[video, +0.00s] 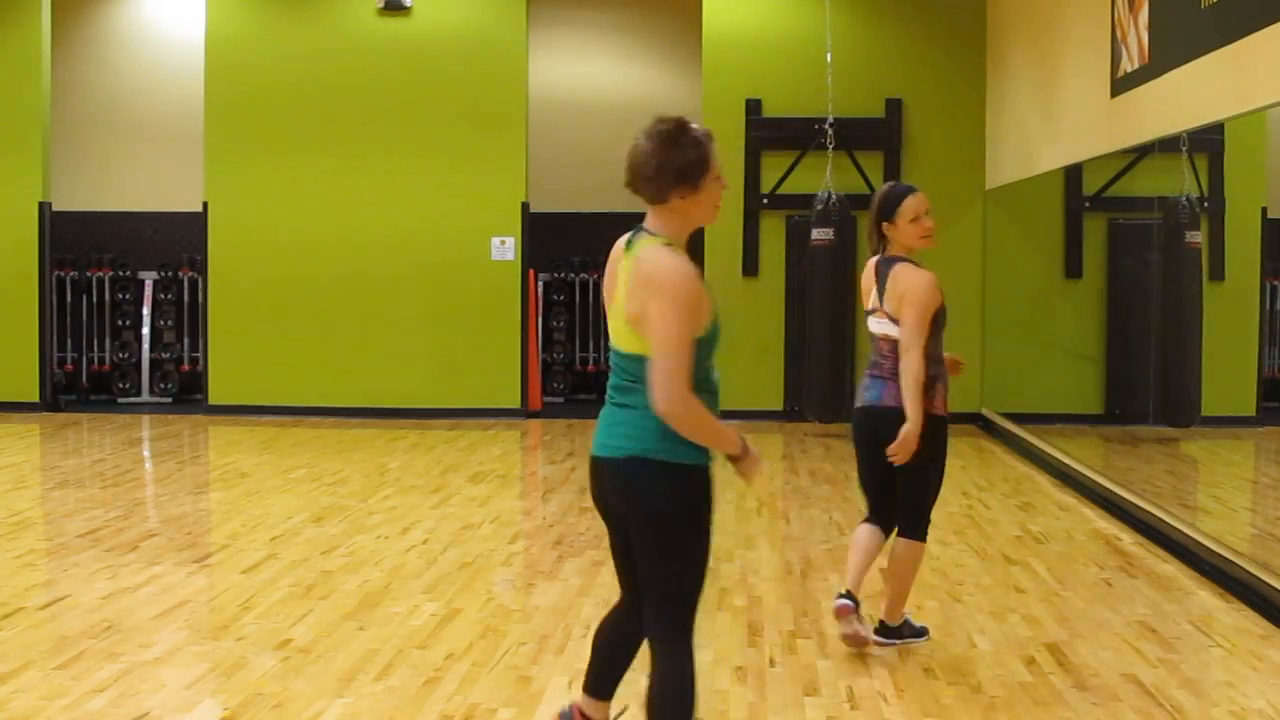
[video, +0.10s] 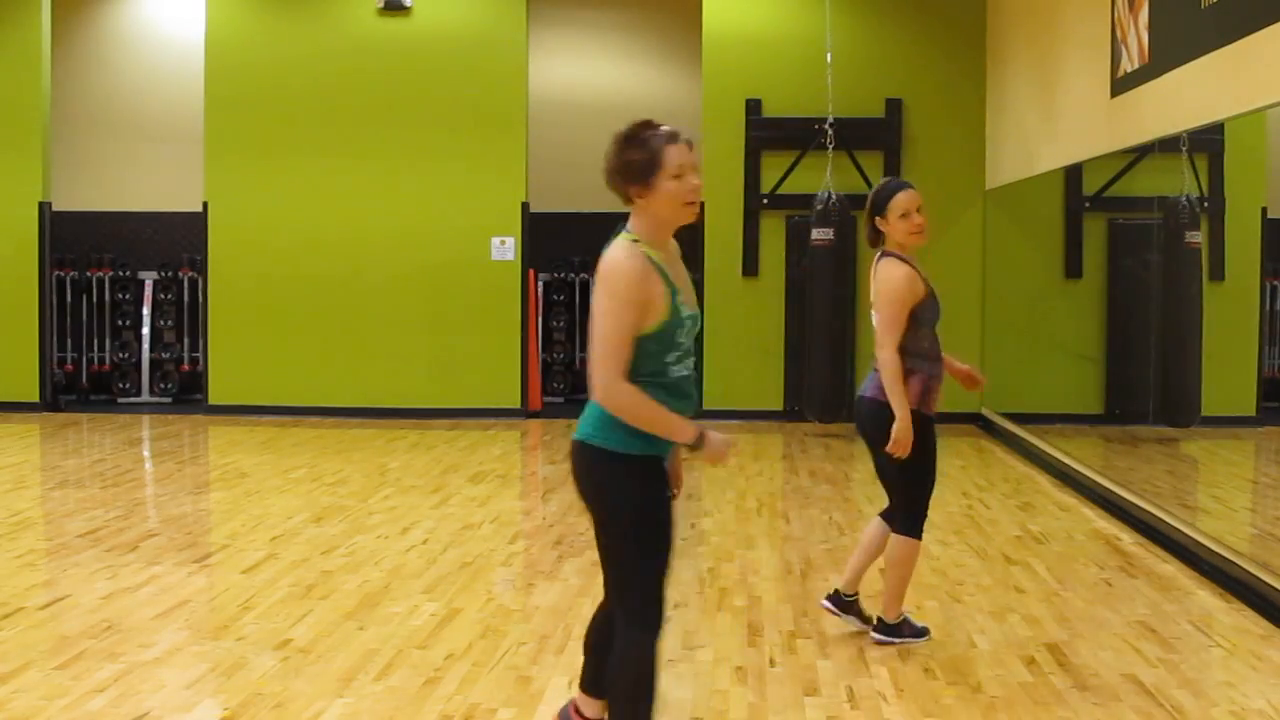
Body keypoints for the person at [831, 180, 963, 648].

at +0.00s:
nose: (929, 224)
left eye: (927, 214)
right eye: (918, 218)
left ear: (892, 226)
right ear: (890, 226)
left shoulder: (871, 272)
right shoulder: (921, 282)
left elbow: (887, 339)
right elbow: (911, 354)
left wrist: (935, 358)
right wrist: (913, 420)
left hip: (871, 408)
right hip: (917, 413)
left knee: (878, 512)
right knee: (914, 520)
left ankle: (848, 592)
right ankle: (892, 619)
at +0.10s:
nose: (919, 220)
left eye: (920, 210)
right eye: (906, 215)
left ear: (924, 213)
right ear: (882, 224)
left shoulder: (897, 266)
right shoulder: (895, 273)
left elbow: (910, 338)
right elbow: (886, 349)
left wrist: (951, 366)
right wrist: (901, 414)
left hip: (885, 405)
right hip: (901, 411)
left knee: (899, 505)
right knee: (911, 514)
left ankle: (845, 591)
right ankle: (891, 618)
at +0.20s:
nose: (910, 216)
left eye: (914, 207)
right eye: (898, 211)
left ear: (920, 211)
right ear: (877, 219)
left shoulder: (916, 263)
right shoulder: (878, 270)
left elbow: (918, 334)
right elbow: (863, 342)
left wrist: (948, 373)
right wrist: (895, 403)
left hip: (909, 402)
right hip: (883, 405)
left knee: (900, 502)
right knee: (904, 508)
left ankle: (867, 583)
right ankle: (888, 610)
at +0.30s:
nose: (903, 219)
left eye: (908, 210)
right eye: (891, 213)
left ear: (916, 215)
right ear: (872, 222)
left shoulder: (924, 269)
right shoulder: (862, 273)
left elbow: (931, 329)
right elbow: (845, 342)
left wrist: (944, 381)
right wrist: (883, 397)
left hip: (913, 406)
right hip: (870, 409)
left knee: (901, 505)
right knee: (895, 507)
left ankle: (878, 591)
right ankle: (895, 607)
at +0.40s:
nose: (896, 224)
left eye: (902, 215)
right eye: (886, 217)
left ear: (912, 221)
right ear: (869, 226)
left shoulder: (931, 282)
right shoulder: (849, 278)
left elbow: (942, 346)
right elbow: (830, 345)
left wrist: (948, 402)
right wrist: (861, 402)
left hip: (912, 411)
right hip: (861, 412)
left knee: (892, 507)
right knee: (880, 509)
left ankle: (873, 592)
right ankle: (902, 602)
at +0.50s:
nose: (889, 223)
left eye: (896, 216)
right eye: (879, 217)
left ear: (909, 223)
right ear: (867, 226)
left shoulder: (927, 288)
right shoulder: (842, 277)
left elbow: (943, 352)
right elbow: (821, 342)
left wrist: (955, 409)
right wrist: (833, 400)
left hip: (903, 414)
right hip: (850, 412)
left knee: (890, 507)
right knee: (853, 504)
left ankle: (876, 591)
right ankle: (879, 589)